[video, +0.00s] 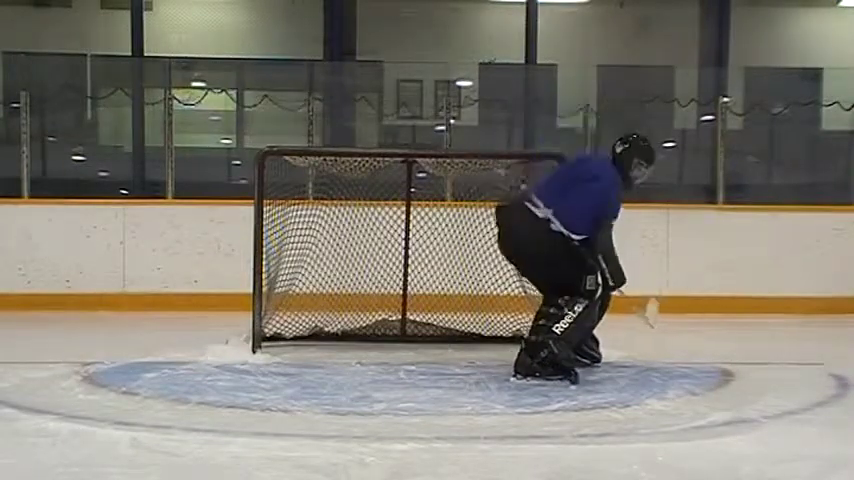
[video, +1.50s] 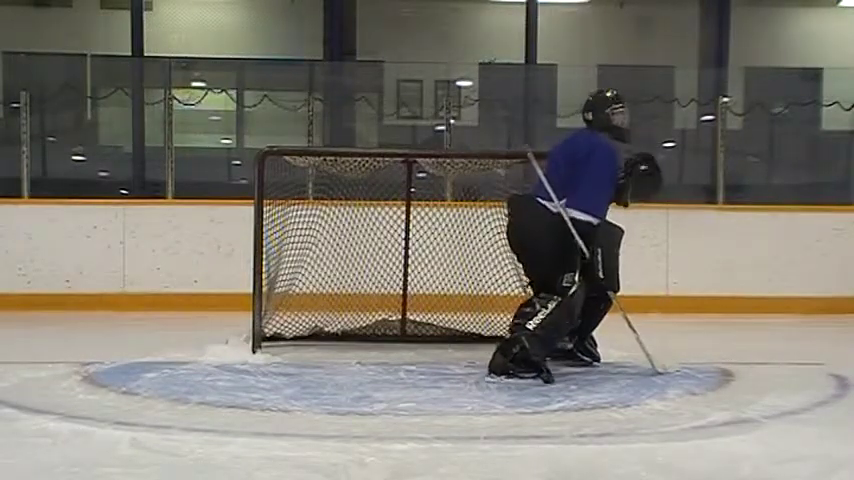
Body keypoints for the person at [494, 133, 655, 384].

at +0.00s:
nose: (642, 175)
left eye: (646, 170)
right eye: (640, 167)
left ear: (618, 152)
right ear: (628, 159)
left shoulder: (591, 163)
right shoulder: (610, 187)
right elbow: (600, 239)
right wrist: (617, 279)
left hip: (514, 220)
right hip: (535, 232)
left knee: (564, 287)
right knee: (592, 288)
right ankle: (541, 356)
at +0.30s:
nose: (643, 160)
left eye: (644, 152)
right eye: (637, 152)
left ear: (617, 148)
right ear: (621, 150)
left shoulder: (591, 161)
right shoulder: (606, 182)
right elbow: (602, 240)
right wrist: (618, 279)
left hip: (514, 216)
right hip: (530, 225)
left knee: (562, 286)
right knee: (590, 286)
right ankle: (542, 355)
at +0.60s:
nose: (635, 153)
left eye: (635, 146)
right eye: (629, 145)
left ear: (605, 146)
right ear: (611, 146)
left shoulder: (581, 162)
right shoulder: (605, 178)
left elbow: (583, 231)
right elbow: (603, 239)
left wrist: (596, 265)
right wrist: (619, 279)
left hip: (513, 223)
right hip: (534, 231)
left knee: (564, 288)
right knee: (591, 286)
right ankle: (542, 354)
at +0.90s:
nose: (624, 128)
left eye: (624, 122)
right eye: (617, 123)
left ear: (596, 126)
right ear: (600, 125)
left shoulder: (580, 148)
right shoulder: (595, 156)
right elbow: (588, 214)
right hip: (537, 224)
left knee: (560, 288)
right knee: (584, 287)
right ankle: (538, 354)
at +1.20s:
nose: (621, 119)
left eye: (620, 112)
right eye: (615, 113)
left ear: (591, 118)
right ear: (600, 117)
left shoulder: (574, 143)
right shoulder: (600, 153)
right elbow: (586, 215)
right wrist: (590, 253)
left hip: (526, 216)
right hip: (543, 222)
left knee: (554, 289)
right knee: (570, 289)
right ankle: (529, 353)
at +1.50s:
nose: (625, 118)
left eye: (624, 112)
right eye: (619, 113)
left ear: (593, 117)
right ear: (603, 117)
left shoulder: (576, 141)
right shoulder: (603, 150)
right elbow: (582, 215)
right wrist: (588, 260)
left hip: (525, 213)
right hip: (545, 221)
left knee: (548, 288)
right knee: (567, 291)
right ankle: (519, 352)